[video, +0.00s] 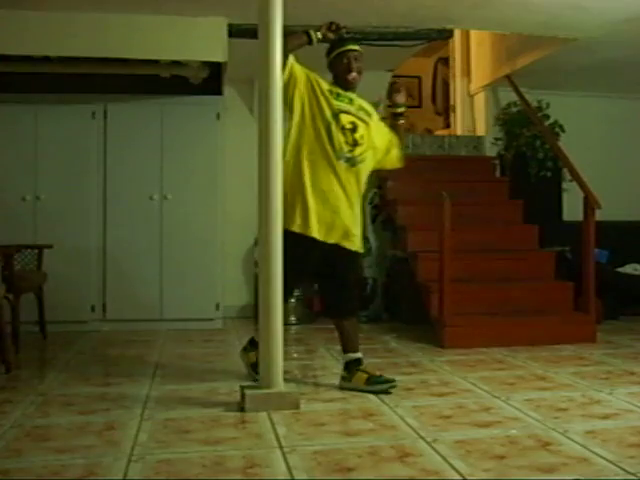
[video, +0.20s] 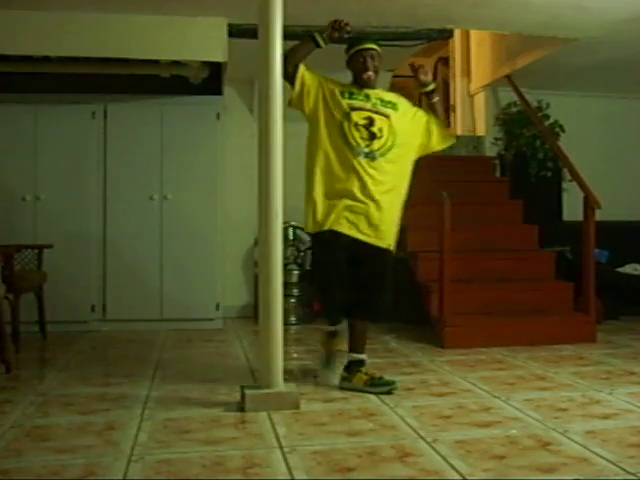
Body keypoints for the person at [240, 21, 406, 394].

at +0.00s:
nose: (353, 67)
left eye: (358, 62)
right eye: (345, 60)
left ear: (362, 68)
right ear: (331, 65)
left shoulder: (367, 114)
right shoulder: (308, 87)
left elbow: (393, 154)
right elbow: (275, 55)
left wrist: (395, 112)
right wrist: (314, 35)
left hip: (344, 218)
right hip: (302, 209)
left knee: (346, 296)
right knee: (280, 289)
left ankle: (353, 367)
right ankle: (257, 348)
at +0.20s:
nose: (368, 65)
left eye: (373, 59)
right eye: (361, 59)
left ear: (380, 66)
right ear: (349, 65)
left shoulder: (401, 107)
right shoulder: (328, 94)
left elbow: (441, 133)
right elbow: (289, 67)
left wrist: (430, 94)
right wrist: (320, 38)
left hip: (380, 211)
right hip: (334, 205)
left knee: (365, 292)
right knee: (331, 285)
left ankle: (355, 367)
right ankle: (333, 334)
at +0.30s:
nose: (375, 66)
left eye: (381, 61)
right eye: (368, 61)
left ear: (390, 67)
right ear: (357, 67)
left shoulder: (414, 106)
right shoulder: (336, 97)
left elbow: (462, 124)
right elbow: (292, 72)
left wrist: (441, 85)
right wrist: (324, 44)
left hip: (395, 213)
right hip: (345, 210)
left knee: (376, 294)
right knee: (348, 292)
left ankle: (357, 366)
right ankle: (378, 336)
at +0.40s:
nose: (381, 75)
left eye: (387, 69)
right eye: (375, 70)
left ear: (396, 73)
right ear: (365, 74)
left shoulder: (424, 109)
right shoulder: (345, 105)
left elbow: (473, 123)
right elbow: (300, 85)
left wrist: (451, 83)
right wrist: (331, 53)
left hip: (404, 216)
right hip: (354, 215)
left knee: (390, 296)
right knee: (357, 297)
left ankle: (360, 365)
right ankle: (407, 335)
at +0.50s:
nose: (387, 84)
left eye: (393, 77)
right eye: (380, 79)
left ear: (406, 81)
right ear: (372, 84)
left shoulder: (437, 116)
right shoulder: (355, 119)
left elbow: (486, 126)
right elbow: (309, 103)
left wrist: (458, 85)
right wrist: (337, 68)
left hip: (416, 223)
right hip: (367, 224)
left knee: (392, 300)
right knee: (376, 301)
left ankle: (361, 366)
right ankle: (427, 347)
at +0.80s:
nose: (396, 77)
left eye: (402, 70)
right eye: (390, 71)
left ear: (414, 72)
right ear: (382, 75)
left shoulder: (441, 99)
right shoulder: (369, 110)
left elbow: (494, 110)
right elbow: (322, 102)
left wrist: (467, 69)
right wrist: (346, 66)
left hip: (437, 193)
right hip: (396, 206)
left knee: (434, 246)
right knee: (413, 286)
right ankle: (442, 356)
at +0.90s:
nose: (396, 77)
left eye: (402, 70)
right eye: (390, 71)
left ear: (415, 71)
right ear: (382, 74)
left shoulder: (444, 96)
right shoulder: (370, 109)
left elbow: (494, 103)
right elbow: (322, 102)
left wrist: (465, 64)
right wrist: (345, 66)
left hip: (444, 198)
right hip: (404, 207)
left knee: (451, 259)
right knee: (425, 286)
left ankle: (483, 309)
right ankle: (443, 356)